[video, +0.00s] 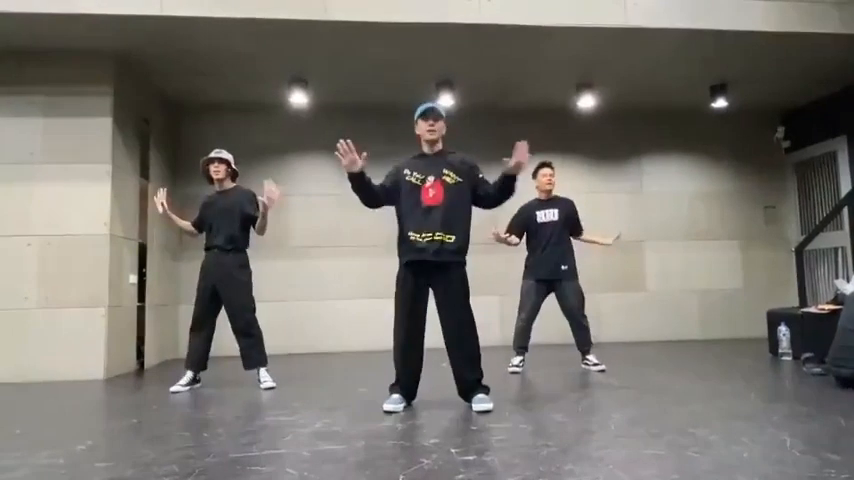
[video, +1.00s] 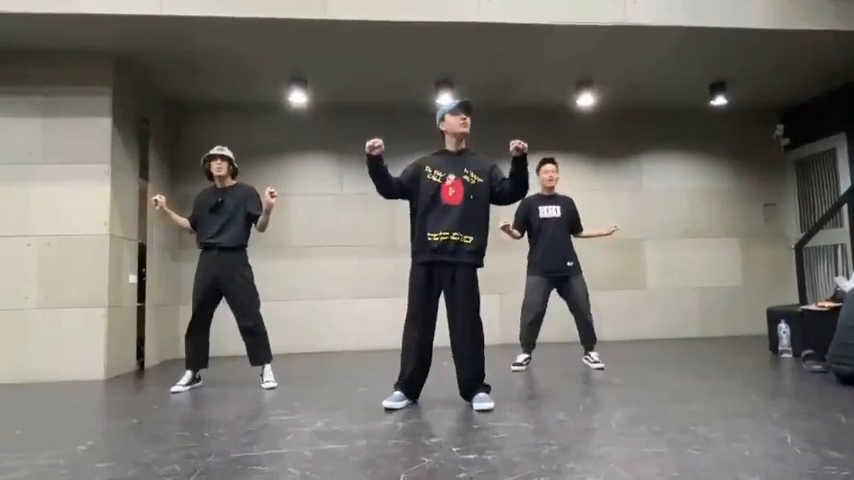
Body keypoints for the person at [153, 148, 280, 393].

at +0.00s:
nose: (215, 167)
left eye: (220, 163)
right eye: (212, 164)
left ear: (230, 168)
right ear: (208, 170)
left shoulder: (245, 195)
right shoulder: (209, 201)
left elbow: (260, 230)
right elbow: (194, 229)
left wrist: (266, 209)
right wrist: (167, 213)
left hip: (236, 263)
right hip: (211, 263)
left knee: (245, 318)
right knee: (202, 318)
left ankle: (261, 370)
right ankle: (192, 372)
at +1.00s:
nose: (217, 164)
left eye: (222, 160)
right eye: (213, 161)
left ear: (231, 165)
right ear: (208, 167)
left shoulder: (245, 191)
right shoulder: (203, 196)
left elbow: (260, 226)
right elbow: (190, 225)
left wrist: (267, 208)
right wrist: (165, 209)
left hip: (235, 261)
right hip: (208, 261)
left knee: (249, 315)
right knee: (199, 316)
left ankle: (266, 367)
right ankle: (192, 371)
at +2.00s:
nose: (203, 169)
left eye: (207, 164)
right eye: (200, 166)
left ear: (219, 166)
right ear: (199, 171)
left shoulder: (230, 195)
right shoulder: (210, 195)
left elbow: (236, 234)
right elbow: (208, 230)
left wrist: (230, 262)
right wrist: (225, 259)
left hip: (213, 254)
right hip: (197, 254)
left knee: (212, 313)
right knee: (196, 313)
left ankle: (224, 370)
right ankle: (204, 367)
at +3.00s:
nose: (203, 161)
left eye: (208, 156)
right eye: (200, 157)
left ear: (219, 160)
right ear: (199, 162)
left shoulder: (233, 190)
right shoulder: (201, 192)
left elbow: (245, 222)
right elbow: (198, 231)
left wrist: (251, 244)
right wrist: (179, 254)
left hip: (223, 254)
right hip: (202, 255)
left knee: (221, 310)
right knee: (197, 312)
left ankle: (234, 366)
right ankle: (182, 364)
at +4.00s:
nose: (187, 158)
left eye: (192, 154)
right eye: (185, 154)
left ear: (203, 158)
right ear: (183, 159)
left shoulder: (215, 185)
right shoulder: (188, 190)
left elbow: (229, 220)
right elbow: (189, 231)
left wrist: (230, 257)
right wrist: (178, 259)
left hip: (212, 253)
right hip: (191, 254)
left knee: (226, 304)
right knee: (180, 306)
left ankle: (255, 353)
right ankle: (182, 358)